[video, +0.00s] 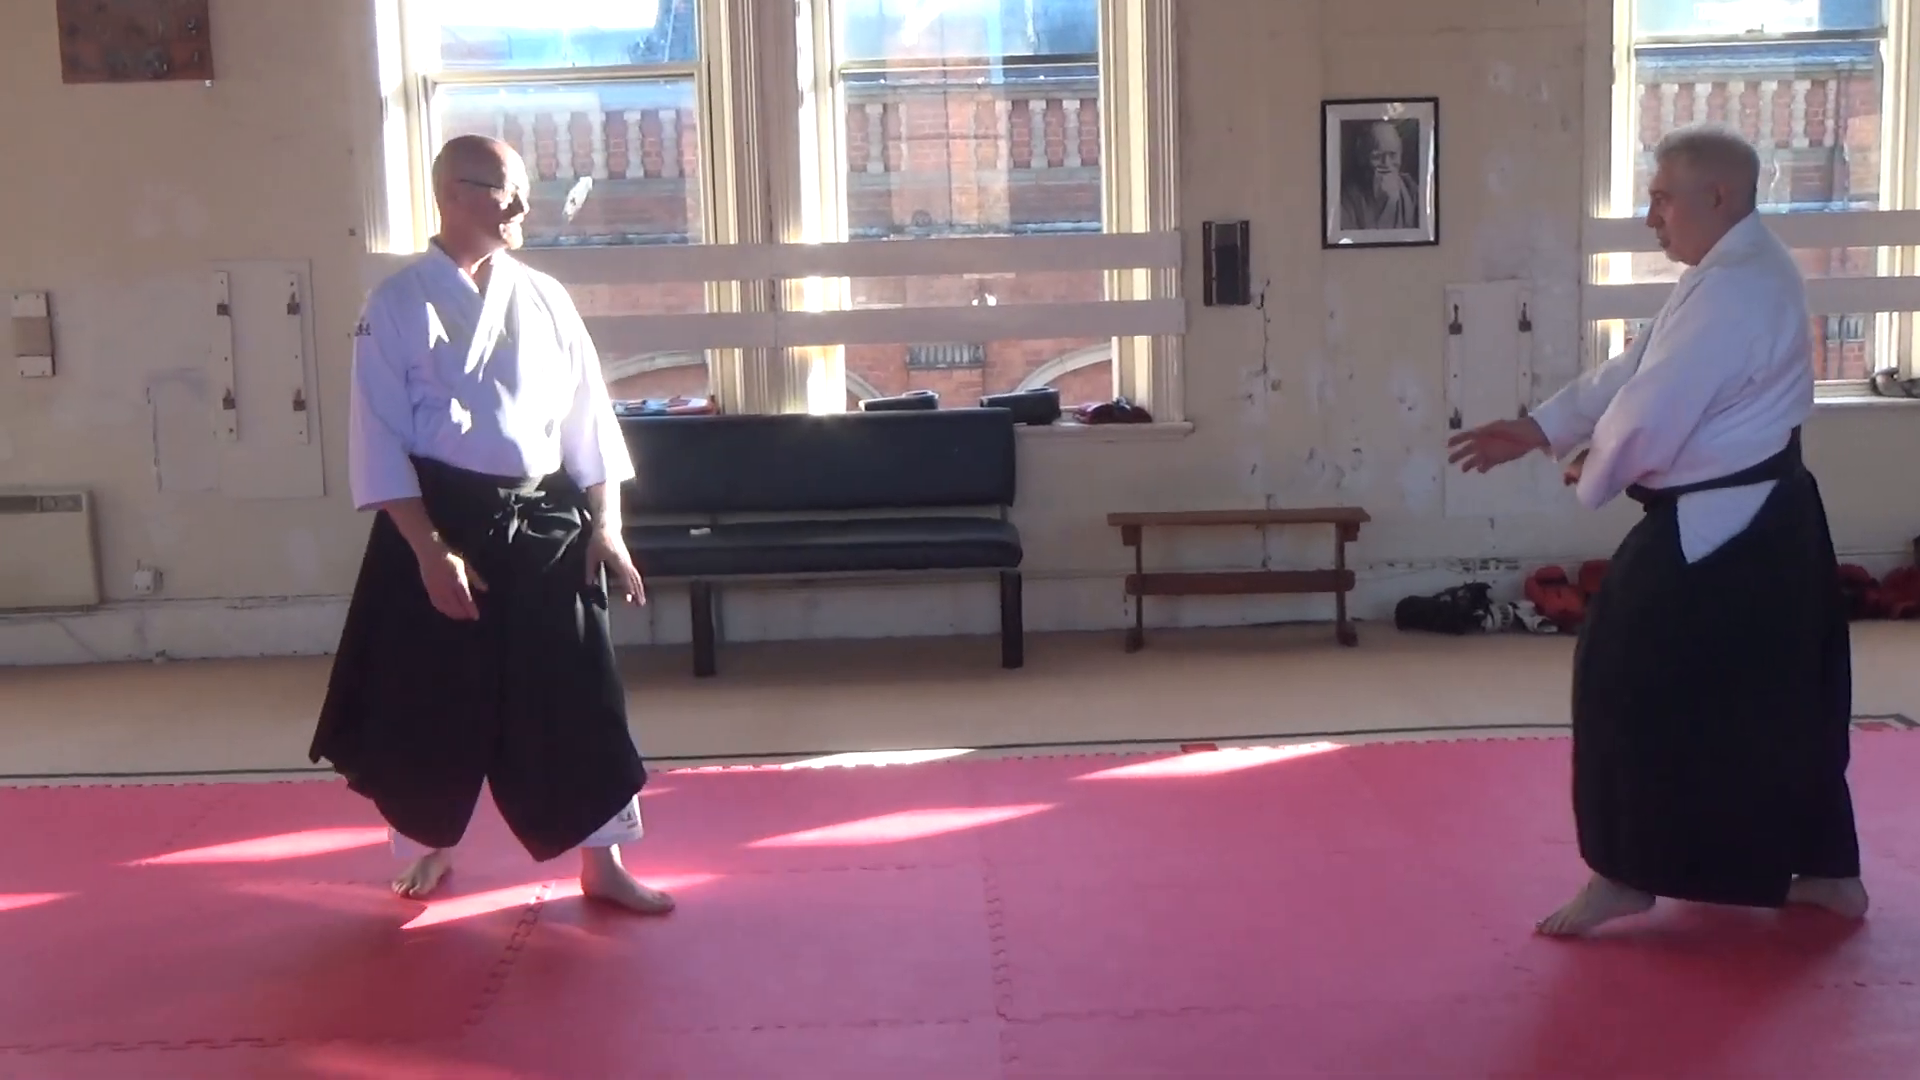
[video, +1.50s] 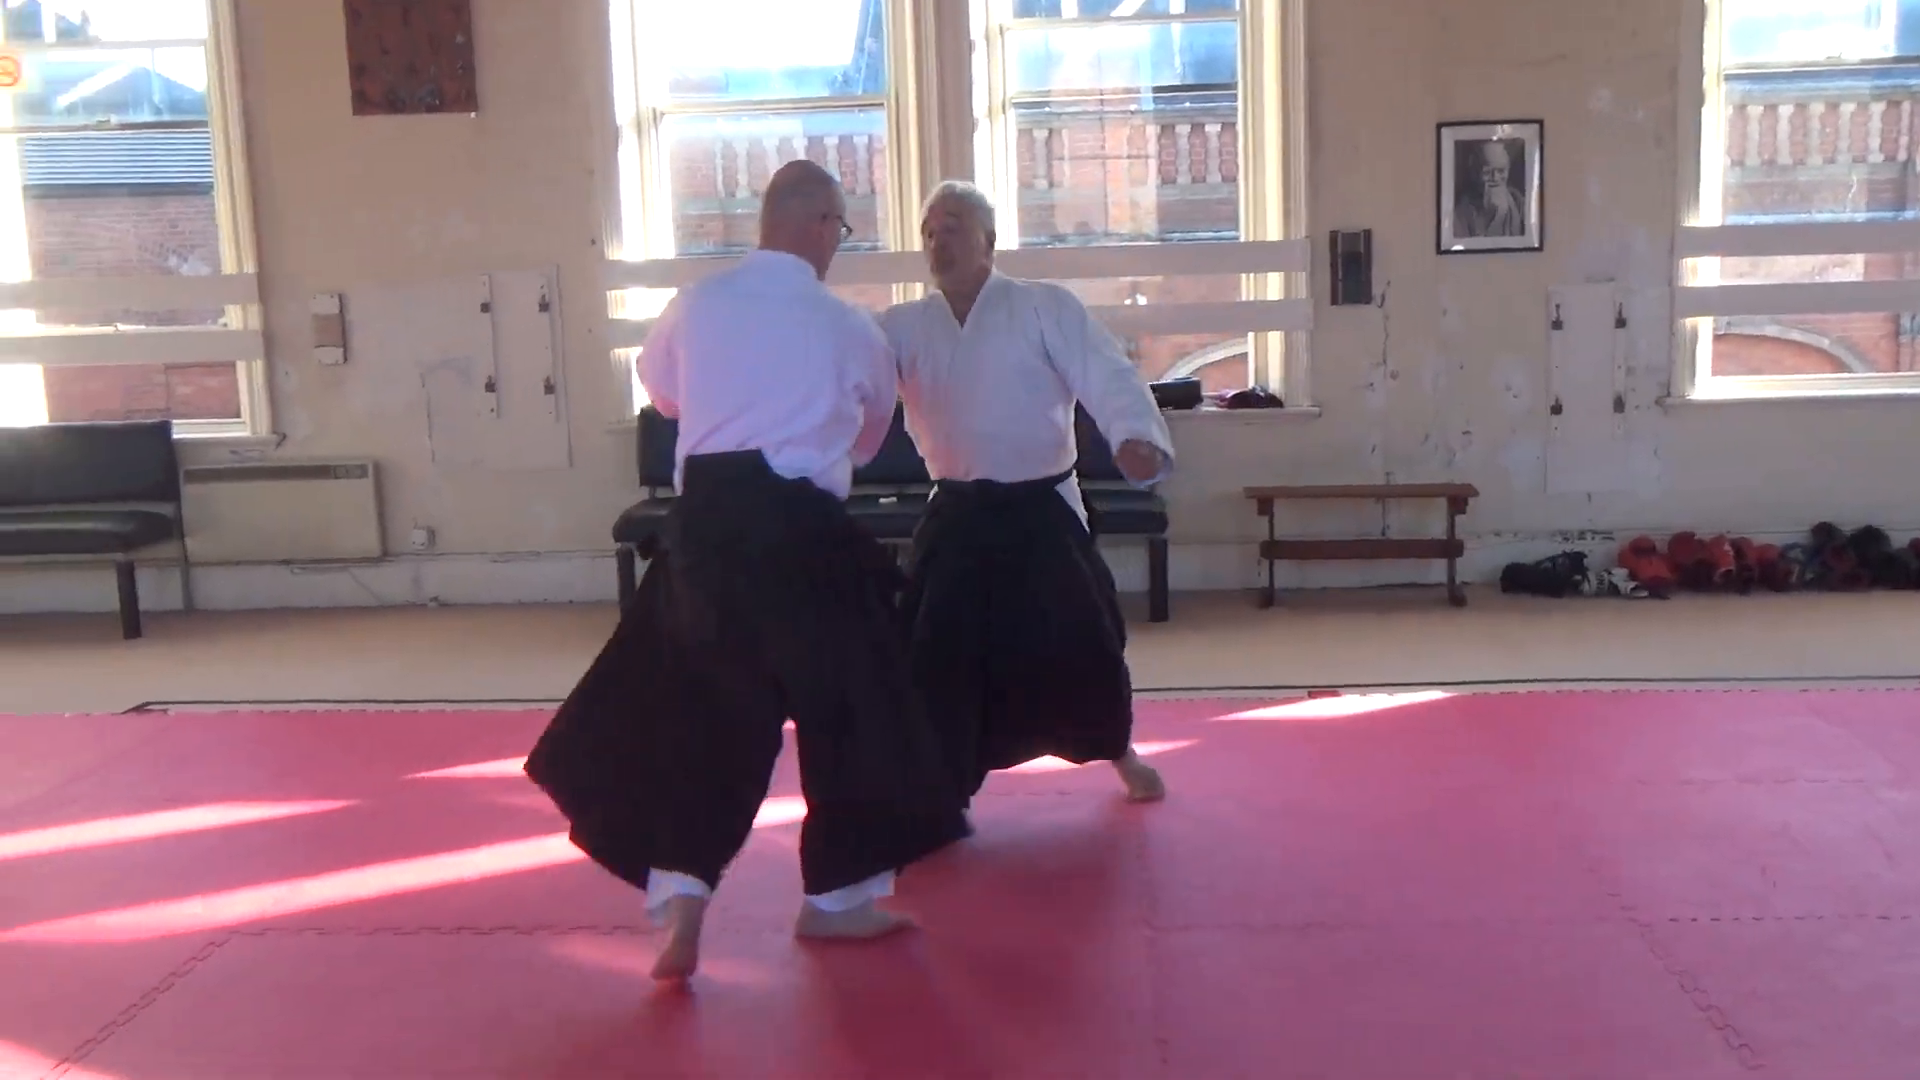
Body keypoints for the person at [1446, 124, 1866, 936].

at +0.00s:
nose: (1651, 215)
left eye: (1663, 198)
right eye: (1652, 199)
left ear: (1719, 198)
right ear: (1723, 199)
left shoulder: (1728, 290)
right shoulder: (1746, 268)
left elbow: (1642, 423)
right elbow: (1634, 362)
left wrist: (1595, 475)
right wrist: (1537, 427)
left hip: (1710, 520)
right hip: (1770, 509)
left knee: (1616, 673)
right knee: (1794, 695)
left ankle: (1624, 869)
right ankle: (1828, 869)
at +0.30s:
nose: (1526, 242)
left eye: (1537, 226)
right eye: (1527, 225)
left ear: (1588, 231)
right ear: (1599, 229)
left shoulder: (1585, 317)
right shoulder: (1637, 286)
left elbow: (1504, 420)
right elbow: (1538, 324)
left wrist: (1423, 475)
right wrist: (1470, 259)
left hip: (1618, 534)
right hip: (1681, 516)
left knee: (1498, 666)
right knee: (1744, 691)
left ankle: (1446, 853)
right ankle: (1830, 855)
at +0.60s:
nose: (1265, 283)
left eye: (1274, 269)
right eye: (1265, 269)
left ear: (1311, 275)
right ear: (1329, 272)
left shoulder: (1318, 348)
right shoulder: (1352, 319)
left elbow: (1252, 442)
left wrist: (1167, 499)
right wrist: (1274, 221)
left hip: (1354, 538)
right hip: (1384, 521)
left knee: (1333, 674)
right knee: (1374, 672)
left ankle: (1372, 823)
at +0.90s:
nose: (1085, 288)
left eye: (1103, 278)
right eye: (1088, 275)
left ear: (1150, 291)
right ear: (1095, 285)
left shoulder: (1183, 368)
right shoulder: (1077, 352)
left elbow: (1179, 467)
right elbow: (1003, 323)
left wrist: (1080, 477)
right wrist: (983, 235)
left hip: (1172, 566)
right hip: (1093, 561)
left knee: (1248, 691)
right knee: (1032, 686)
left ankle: (1350, 796)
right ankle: (977, 818)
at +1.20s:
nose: (979, 238)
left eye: (997, 228)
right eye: (978, 227)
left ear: (1040, 244)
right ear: (973, 239)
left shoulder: (1086, 316)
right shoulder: (951, 313)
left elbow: (1128, 402)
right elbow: (866, 337)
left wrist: (1064, 425)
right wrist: (790, 310)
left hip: (1049, 509)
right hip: (969, 506)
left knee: (1052, 653)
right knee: (948, 648)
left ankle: (1064, 782)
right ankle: (964, 787)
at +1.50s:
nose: (939, 236)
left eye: (953, 225)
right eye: (930, 227)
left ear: (988, 237)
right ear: (920, 242)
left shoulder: (1045, 308)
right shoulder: (902, 325)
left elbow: (1108, 375)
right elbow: (843, 382)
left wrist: (1136, 434)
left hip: (1045, 507)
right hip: (957, 512)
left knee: (1086, 638)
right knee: (936, 649)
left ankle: (1122, 753)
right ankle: (942, 794)